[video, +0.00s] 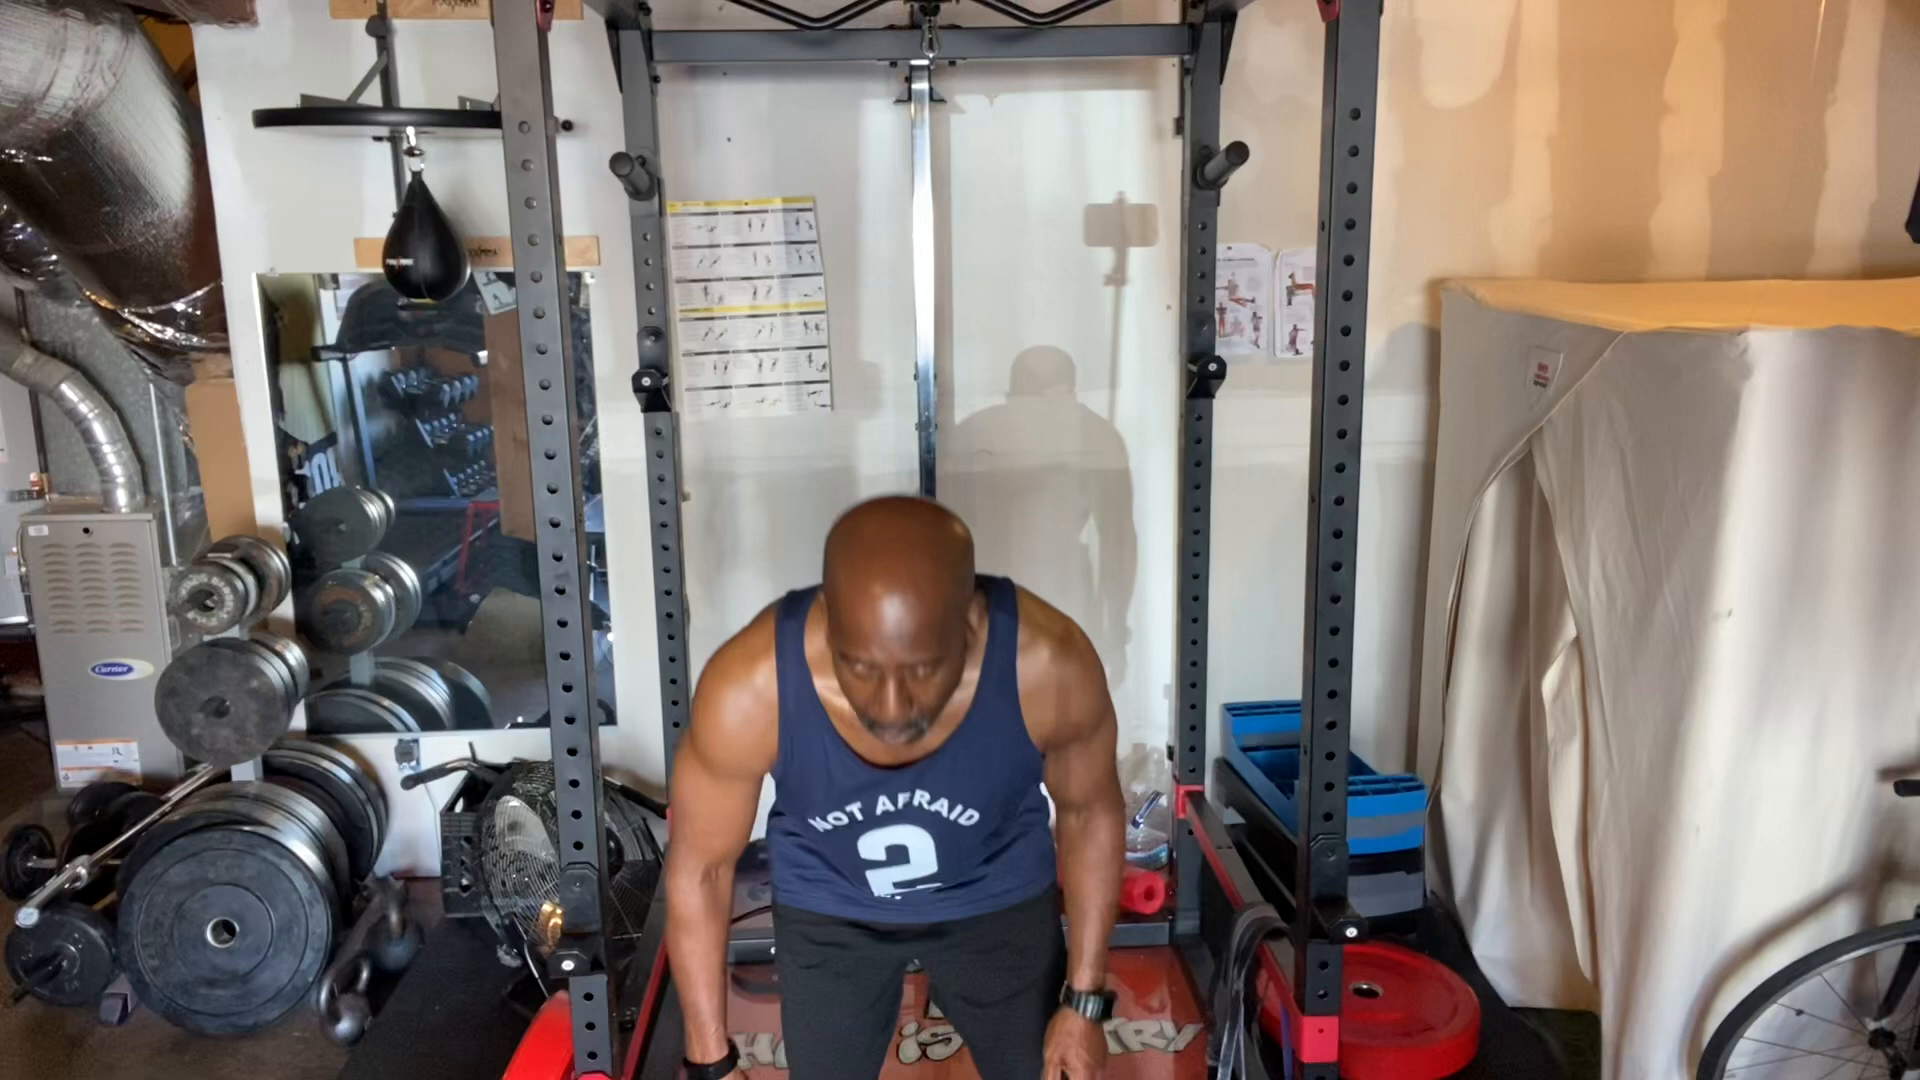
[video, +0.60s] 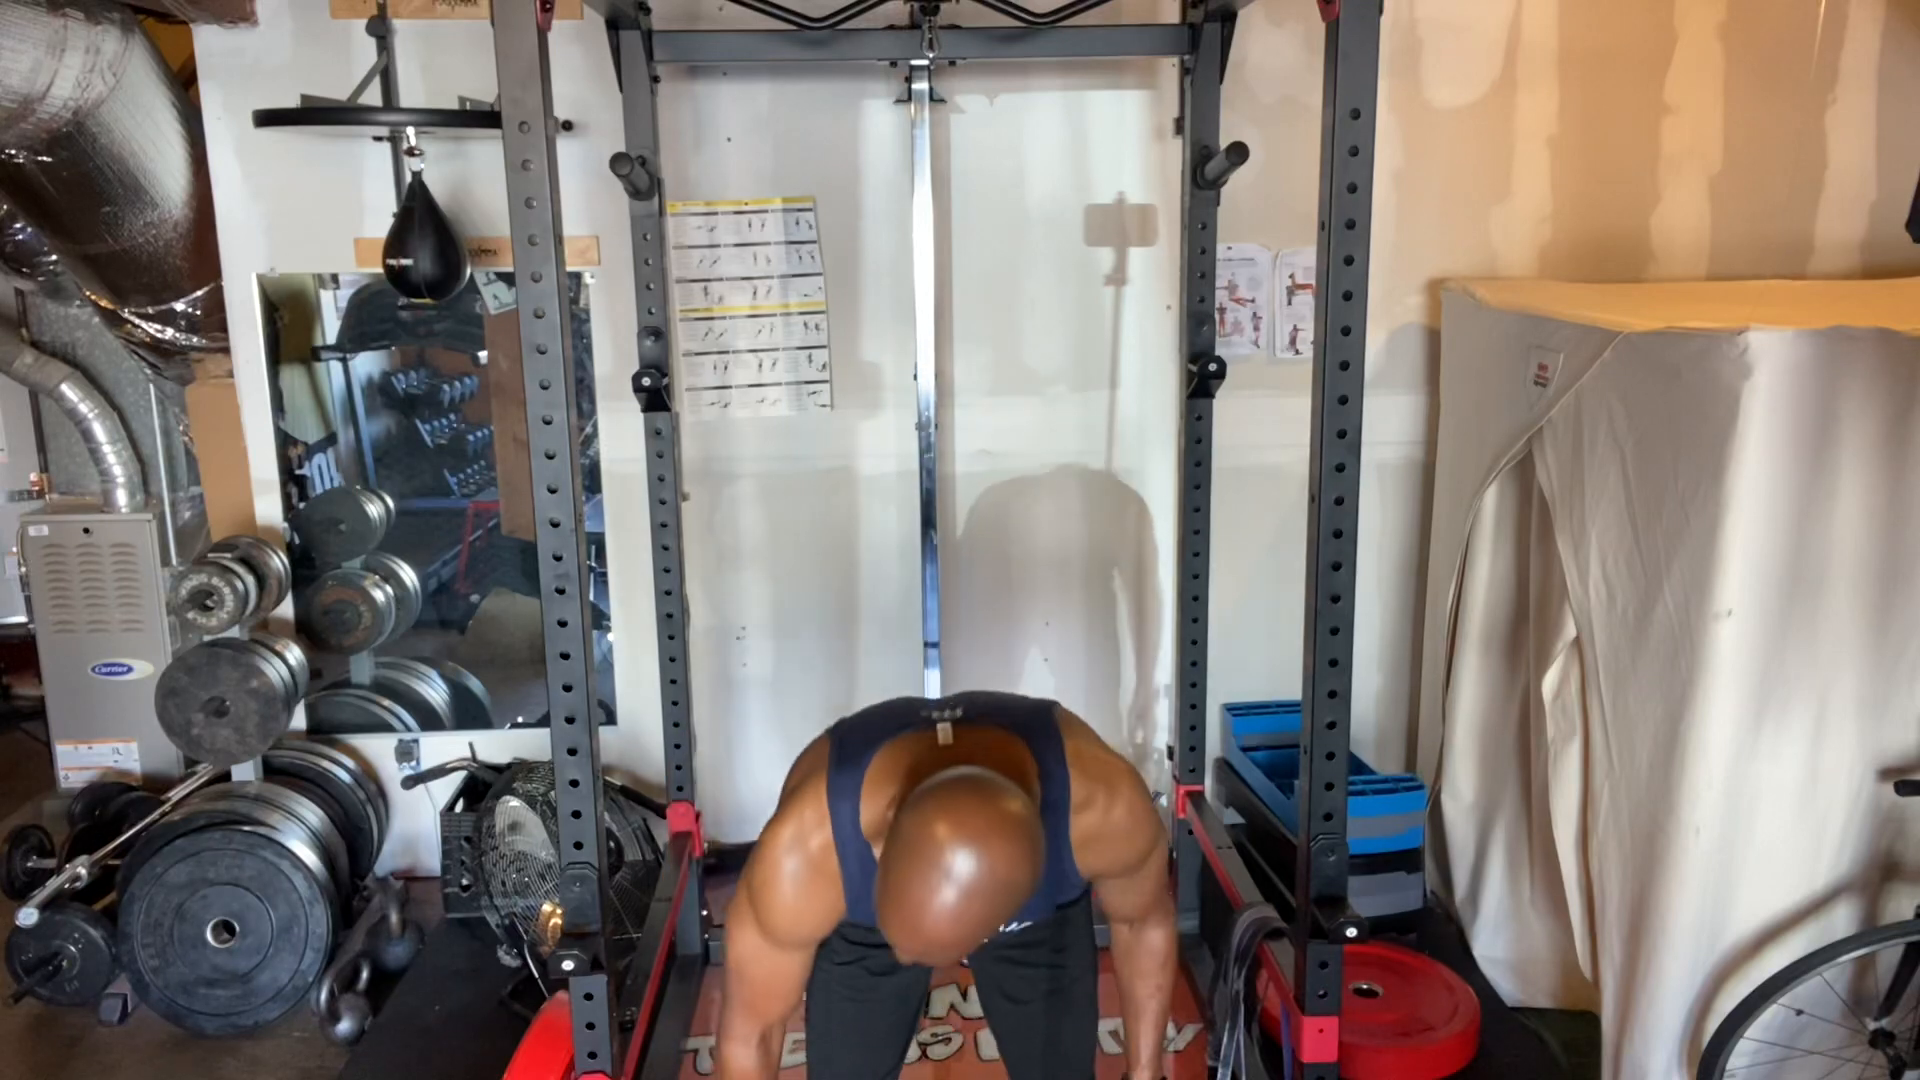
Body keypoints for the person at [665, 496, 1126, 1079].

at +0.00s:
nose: (891, 707)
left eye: (920, 672)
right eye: (862, 670)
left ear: (974, 622)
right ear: (828, 624)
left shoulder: (1050, 668)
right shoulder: (746, 693)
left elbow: (1089, 811)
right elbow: (700, 869)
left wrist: (1087, 999)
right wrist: (709, 1057)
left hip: (998, 906)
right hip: (831, 912)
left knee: (1031, 1067)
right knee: (825, 1068)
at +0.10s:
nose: (894, 754)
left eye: (925, 723)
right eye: (868, 719)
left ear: (986, 678)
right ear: (842, 675)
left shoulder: (1064, 700)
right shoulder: (758, 722)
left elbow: (1102, 846)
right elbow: (705, 891)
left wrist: (1095, 1033)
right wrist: (706, 1063)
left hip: (1005, 909)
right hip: (839, 915)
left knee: (1034, 1068)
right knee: (829, 1069)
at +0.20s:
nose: (896, 812)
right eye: (879, 784)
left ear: (1001, 730)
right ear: (854, 713)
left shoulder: (1080, 725)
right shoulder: (777, 738)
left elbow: (1116, 870)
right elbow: (725, 916)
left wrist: (1111, 1049)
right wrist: (719, 1068)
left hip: (1017, 911)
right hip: (849, 913)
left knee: (1043, 1065)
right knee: (834, 1069)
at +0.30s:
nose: (905, 854)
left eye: (932, 843)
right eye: (890, 827)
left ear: (1014, 779)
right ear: (870, 750)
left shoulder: (1096, 747)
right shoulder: (792, 759)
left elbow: (1130, 886)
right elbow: (742, 936)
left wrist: (1125, 1051)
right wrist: (736, 1072)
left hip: (1026, 914)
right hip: (857, 915)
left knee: (1052, 1067)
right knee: (836, 1068)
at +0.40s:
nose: (913, 883)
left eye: (943, 877)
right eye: (900, 865)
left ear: (1030, 808)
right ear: (880, 779)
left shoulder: (1109, 770)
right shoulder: (798, 788)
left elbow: (1140, 900)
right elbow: (752, 963)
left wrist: (1137, 1061)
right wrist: (749, 1072)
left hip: (1031, 909)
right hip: (862, 910)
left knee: (1054, 1069)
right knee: (843, 1069)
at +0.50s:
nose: (927, 928)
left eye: (957, 916)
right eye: (905, 909)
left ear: (1040, 838)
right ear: (887, 818)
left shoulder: (1112, 790)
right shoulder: (804, 818)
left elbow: (1143, 915)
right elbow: (757, 997)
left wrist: (1143, 1062)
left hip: (1038, 910)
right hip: (867, 915)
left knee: (1057, 1068)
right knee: (847, 1069)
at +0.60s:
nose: (938, 973)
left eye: (960, 958)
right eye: (910, 954)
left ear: (1032, 882)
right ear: (881, 859)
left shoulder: (1111, 816)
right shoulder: (801, 860)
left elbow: (1143, 926)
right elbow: (751, 1034)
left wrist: (1145, 1067)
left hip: (1040, 899)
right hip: (861, 909)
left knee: (1059, 1065)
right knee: (847, 1068)